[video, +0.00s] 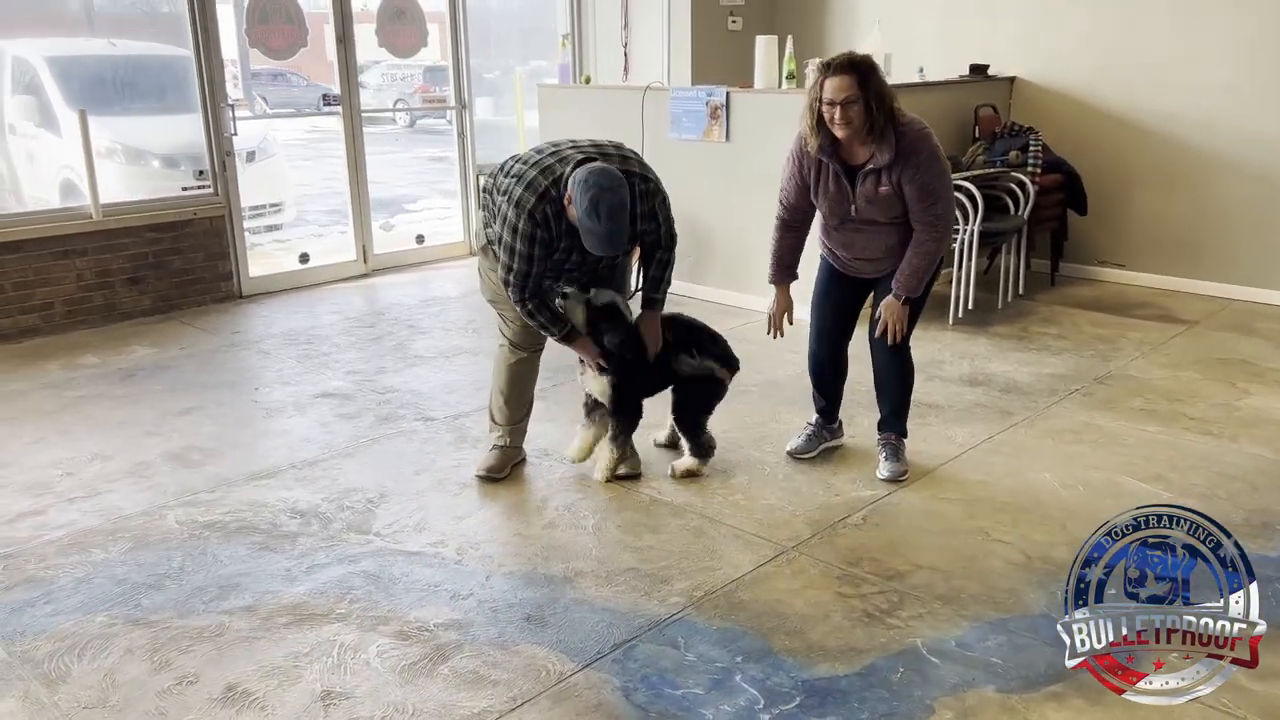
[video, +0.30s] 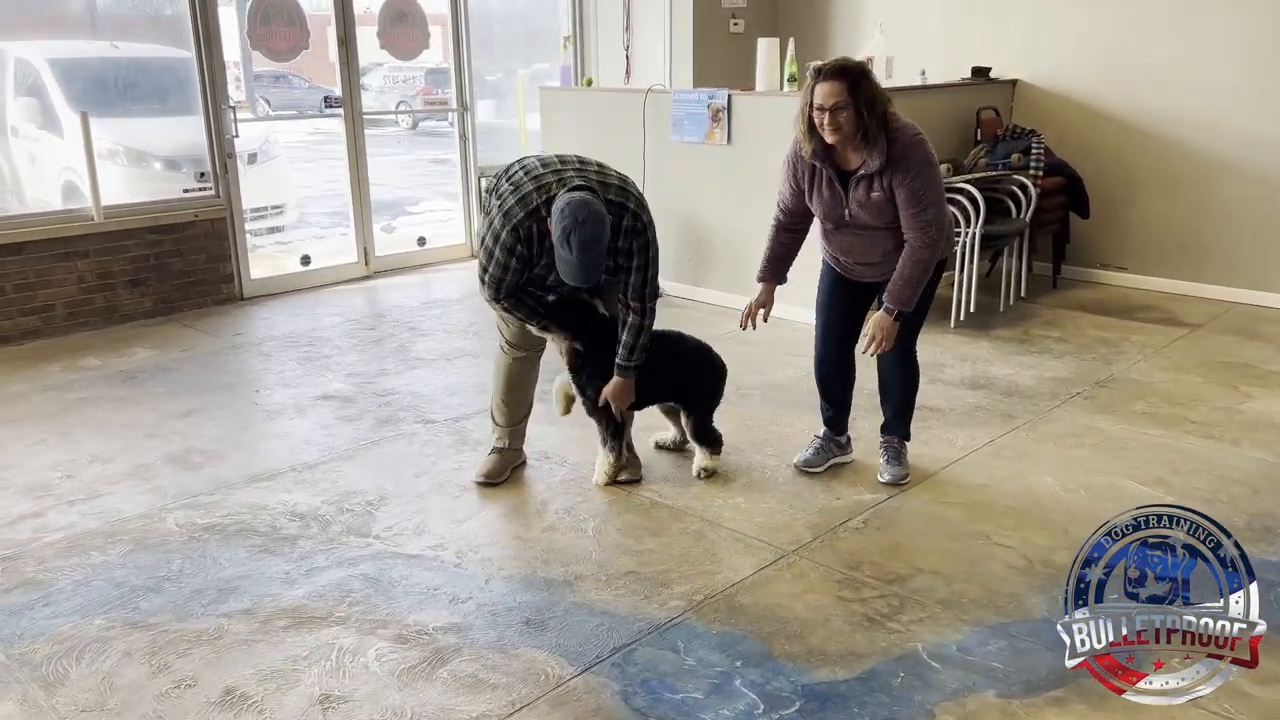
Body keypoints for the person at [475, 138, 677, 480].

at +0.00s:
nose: (602, 247)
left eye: (611, 243)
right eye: (594, 238)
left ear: (628, 201)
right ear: (569, 202)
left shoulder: (644, 186)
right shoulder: (527, 205)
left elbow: (662, 244)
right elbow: (521, 292)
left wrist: (652, 312)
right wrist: (575, 341)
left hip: (603, 245)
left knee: (610, 335)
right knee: (522, 335)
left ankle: (617, 441)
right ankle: (506, 443)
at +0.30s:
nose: (579, 281)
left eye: (589, 275)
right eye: (570, 273)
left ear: (608, 230)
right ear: (551, 228)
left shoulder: (633, 217)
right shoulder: (516, 217)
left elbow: (640, 302)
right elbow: (496, 288)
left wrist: (626, 374)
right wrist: (553, 331)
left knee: (609, 337)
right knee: (518, 339)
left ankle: (619, 446)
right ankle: (507, 446)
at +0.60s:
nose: (557, 295)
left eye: (567, 279)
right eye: (545, 286)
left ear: (583, 234)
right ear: (523, 235)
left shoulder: (615, 209)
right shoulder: (498, 224)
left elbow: (651, 270)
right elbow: (495, 302)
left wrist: (620, 335)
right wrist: (550, 354)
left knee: (609, 348)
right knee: (515, 343)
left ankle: (616, 448)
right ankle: (502, 448)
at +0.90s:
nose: (548, 286)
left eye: (554, 273)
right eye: (534, 279)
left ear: (566, 230)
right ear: (506, 234)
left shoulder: (600, 213)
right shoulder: (480, 225)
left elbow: (628, 290)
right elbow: (484, 301)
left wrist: (619, 361)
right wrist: (542, 346)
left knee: (600, 338)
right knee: (505, 340)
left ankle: (604, 448)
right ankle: (491, 447)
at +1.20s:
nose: (523, 273)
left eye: (532, 259)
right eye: (512, 267)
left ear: (547, 221)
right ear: (487, 224)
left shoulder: (586, 210)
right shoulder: (463, 219)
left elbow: (613, 292)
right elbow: (462, 290)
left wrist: (594, 365)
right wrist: (524, 328)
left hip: (570, 259)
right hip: (498, 267)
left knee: (579, 346)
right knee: (491, 346)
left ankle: (589, 447)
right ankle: (476, 447)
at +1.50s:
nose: (512, 255)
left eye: (521, 247)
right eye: (503, 249)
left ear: (540, 216)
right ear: (482, 212)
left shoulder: (576, 209)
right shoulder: (454, 208)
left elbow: (599, 290)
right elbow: (432, 275)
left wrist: (549, 342)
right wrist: (501, 307)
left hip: (556, 262)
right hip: (482, 264)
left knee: (562, 349)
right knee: (477, 343)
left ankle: (577, 445)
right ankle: (463, 446)